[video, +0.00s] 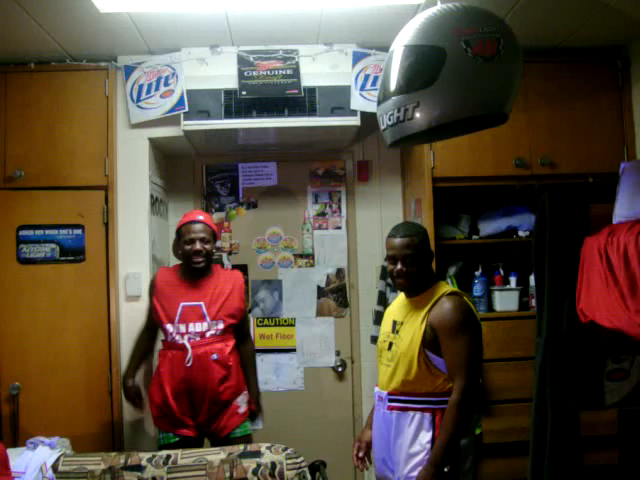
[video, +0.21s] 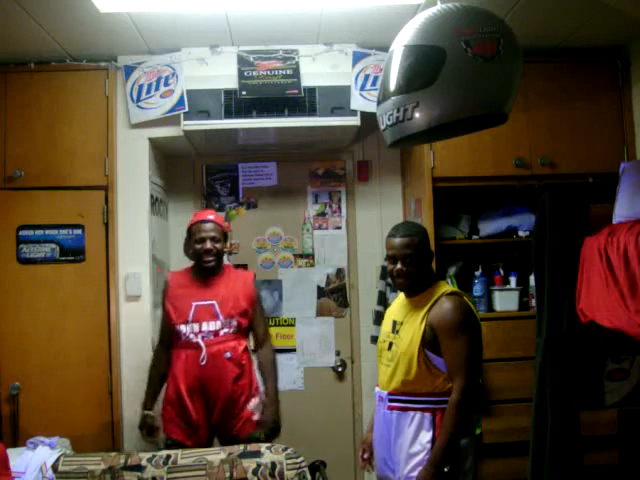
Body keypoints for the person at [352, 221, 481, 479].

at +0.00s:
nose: (398, 269)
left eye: (408, 260)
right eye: (392, 260)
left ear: (429, 259)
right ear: (386, 261)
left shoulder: (450, 310)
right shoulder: (398, 304)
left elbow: (464, 388)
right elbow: (392, 376)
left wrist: (433, 465)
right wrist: (369, 427)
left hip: (425, 432)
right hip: (388, 428)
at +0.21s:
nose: (398, 268)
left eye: (407, 260)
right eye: (391, 260)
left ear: (428, 259)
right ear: (386, 261)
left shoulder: (449, 310)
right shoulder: (398, 304)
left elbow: (463, 388)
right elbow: (393, 377)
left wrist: (434, 465)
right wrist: (372, 431)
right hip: (390, 429)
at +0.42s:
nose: (397, 270)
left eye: (406, 261)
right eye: (390, 261)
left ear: (427, 260)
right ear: (384, 263)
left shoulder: (448, 310)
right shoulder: (400, 305)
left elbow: (462, 389)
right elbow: (394, 379)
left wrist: (433, 465)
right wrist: (374, 434)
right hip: (391, 430)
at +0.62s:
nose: (395, 272)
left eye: (404, 263)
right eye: (389, 263)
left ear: (426, 260)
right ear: (383, 264)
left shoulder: (447, 311)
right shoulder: (401, 306)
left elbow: (460, 389)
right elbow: (398, 380)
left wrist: (431, 465)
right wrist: (378, 435)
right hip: (393, 432)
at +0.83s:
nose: (395, 272)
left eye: (404, 263)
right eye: (389, 264)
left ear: (426, 260)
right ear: (383, 264)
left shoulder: (447, 311)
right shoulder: (403, 305)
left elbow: (460, 389)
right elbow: (400, 379)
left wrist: (430, 466)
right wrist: (378, 434)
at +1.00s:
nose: (396, 274)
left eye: (405, 264)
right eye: (389, 266)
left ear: (426, 261)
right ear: (383, 267)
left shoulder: (448, 312)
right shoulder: (404, 306)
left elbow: (461, 389)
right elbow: (399, 380)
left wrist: (431, 466)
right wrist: (379, 435)